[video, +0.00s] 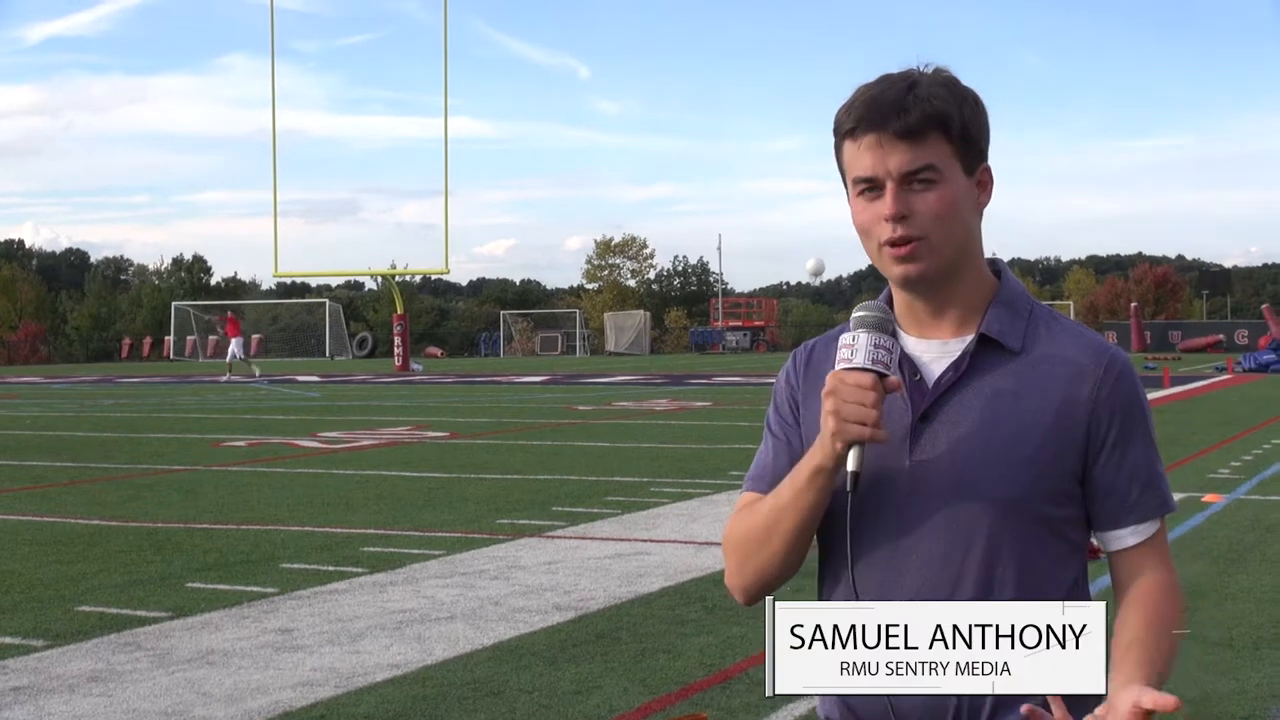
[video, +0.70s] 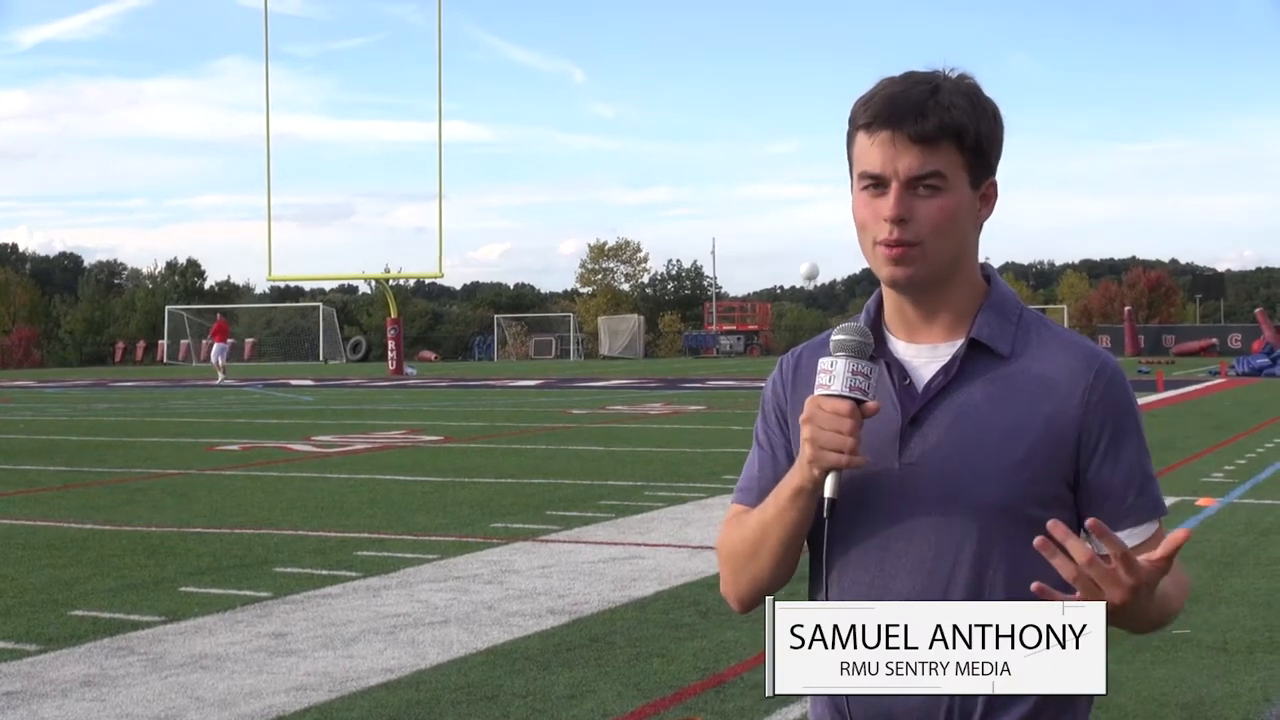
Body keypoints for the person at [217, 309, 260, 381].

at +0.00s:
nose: (229, 315)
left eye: (230, 314)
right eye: (228, 314)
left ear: (233, 315)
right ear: (228, 314)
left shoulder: (234, 320)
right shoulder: (229, 323)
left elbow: (223, 318)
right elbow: (227, 333)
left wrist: (215, 318)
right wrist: (222, 332)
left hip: (237, 338)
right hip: (233, 339)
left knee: (240, 356)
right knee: (228, 360)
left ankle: (255, 368)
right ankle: (228, 375)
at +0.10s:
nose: (224, 315)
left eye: (225, 314)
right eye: (224, 314)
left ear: (227, 314)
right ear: (230, 315)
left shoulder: (226, 320)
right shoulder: (232, 320)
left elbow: (219, 327)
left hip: (233, 339)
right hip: (233, 339)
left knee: (237, 356)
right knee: (228, 359)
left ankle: (248, 367)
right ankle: (227, 376)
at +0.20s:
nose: (222, 315)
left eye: (222, 314)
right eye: (222, 314)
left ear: (224, 314)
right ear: (228, 314)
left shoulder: (223, 321)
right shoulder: (230, 320)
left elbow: (218, 329)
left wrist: (215, 332)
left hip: (229, 340)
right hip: (233, 339)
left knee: (232, 355)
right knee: (227, 360)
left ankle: (241, 367)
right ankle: (226, 376)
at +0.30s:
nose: (221, 316)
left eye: (221, 315)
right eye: (221, 315)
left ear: (222, 315)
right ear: (227, 315)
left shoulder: (220, 322)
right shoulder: (230, 322)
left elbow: (217, 331)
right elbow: (232, 330)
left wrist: (216, 332)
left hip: (225, 341)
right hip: (231, 340)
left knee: (226, 357)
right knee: (227, 359)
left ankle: (234, 368)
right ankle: (225, 376)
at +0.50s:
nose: (219, 316)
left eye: (220, 315)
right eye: (219, 315)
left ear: (221, 315)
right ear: (226, 316)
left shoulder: (218, 322)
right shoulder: (228, 323)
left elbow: (214, 330)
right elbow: (230, 331)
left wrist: (212, 336)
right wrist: (229, 337)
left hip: (221, 341)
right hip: (228, 342)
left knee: (218, 358)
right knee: (225, 359)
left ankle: (223, 373)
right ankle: (225, 374)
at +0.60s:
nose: (218, 317)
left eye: (219, 315)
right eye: (218, 315)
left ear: (220, 316)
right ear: (225, 316)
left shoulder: (218, 323)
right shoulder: (227, 323)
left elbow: (213, 330)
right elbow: (228, 333)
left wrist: (210, 337)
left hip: (219, 342)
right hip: (226, 343)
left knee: (216, 358)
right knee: (223, 359)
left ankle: (220, 373)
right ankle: (223, 374)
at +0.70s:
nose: (217, 318)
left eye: (218, 316)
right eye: (217, 316)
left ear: (220, 317)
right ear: (224, 317)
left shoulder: (218, 324)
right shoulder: (226, 324)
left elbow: (212, 332)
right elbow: (226, 334)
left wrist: (209, 337)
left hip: (218, 343)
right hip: (225, 343)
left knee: (213, 359)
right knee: (222, 360)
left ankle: (220, 374)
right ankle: (222, 376)